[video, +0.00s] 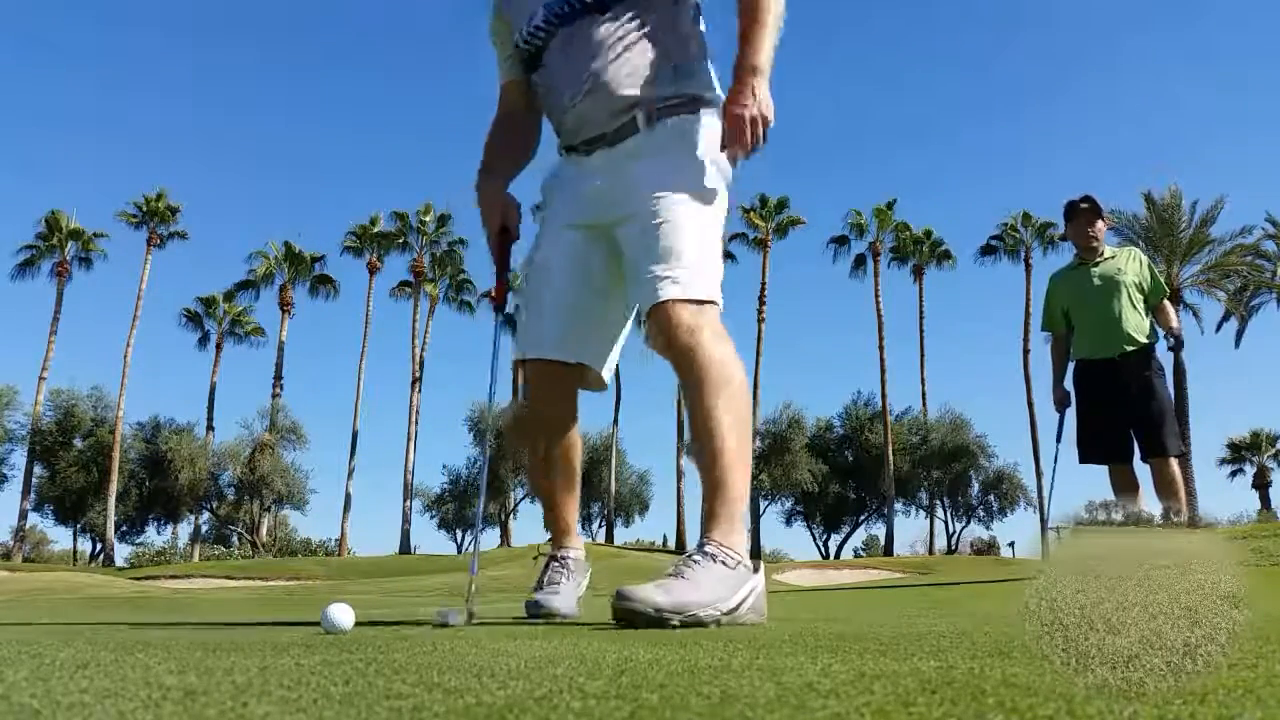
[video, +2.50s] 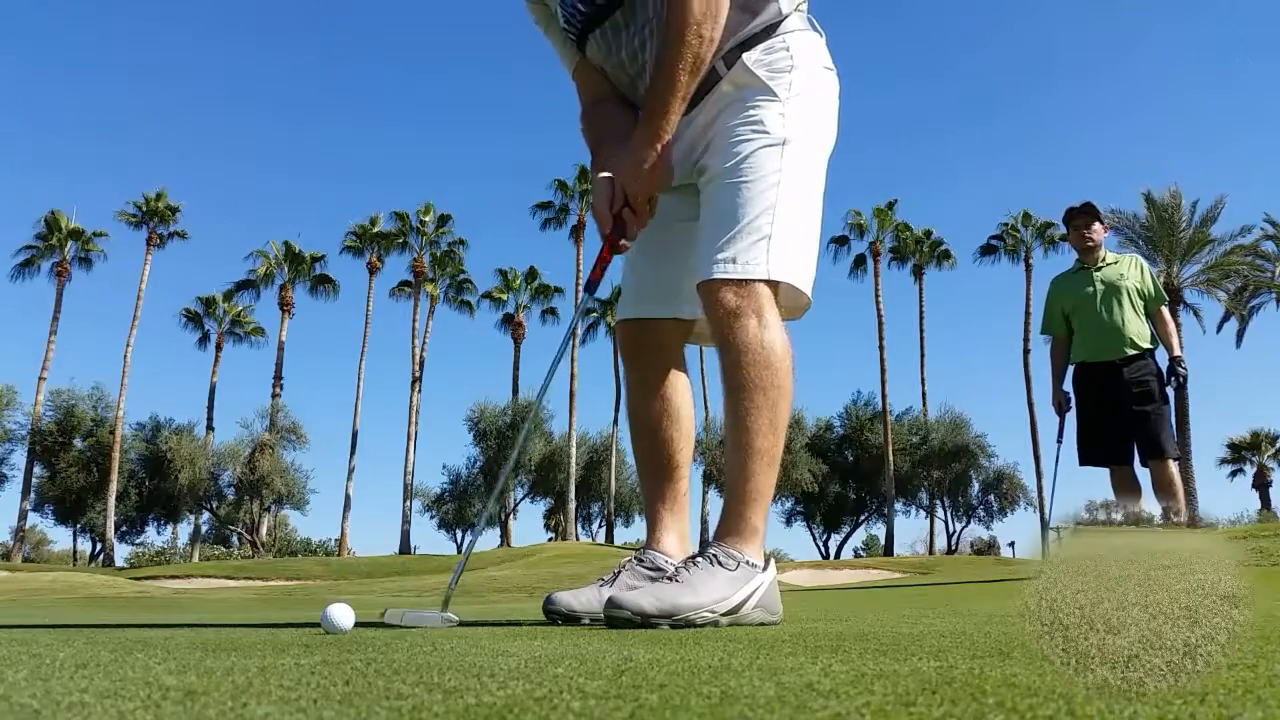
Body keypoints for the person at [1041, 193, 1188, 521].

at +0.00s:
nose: (1089, 228)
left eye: (1094, 221)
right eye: (1080, 224)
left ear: (1105, 225)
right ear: (1068, 232)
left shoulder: (1133, 259)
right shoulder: (1061, 281)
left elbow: (1159, 301)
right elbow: (1060, 337)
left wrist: (1172, 327)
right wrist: (1058, 384)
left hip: (1140, 366)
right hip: (1094, 374)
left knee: (1161, 451)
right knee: (1117, 459)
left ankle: (1179, 527)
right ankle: (1134, 532)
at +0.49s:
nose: (1101, 233)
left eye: (1104, 227)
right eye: (1092, 228)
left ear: (1109, 229)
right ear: (1073, 234)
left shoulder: (1134, 261)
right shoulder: (1063, 283)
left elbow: (1168, 312)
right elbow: (1060, 339)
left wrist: (1154, 297)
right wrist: (1056, 385)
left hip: (1142, 369)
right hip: (1096, 376)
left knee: (1163, 454)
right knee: (1119, 461)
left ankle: (1179, 530)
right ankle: (1135, 535)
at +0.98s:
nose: (1095, 235)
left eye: (1099, 228)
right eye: (1086, 230)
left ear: (1105, 232)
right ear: (1071, 237)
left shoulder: (1134, 265)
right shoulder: (1062, 286)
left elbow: (1166, 313)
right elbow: (1059, 342)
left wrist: (1150, 300)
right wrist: (1057, 389)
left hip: (1140, 371)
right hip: (1095, 378)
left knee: (1160, 455)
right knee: (1117, 462)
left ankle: (1177, 529)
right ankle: (1135, 534)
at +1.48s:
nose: (1086, 232)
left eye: (1091, 226)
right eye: (1078, 229)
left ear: (1103, 231)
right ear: (1068, 238)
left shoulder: (1133, 266)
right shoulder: (1060, 286)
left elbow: (1163, 307)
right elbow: (1058, 342)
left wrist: (1160, 317)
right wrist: (1055, 388)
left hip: (1138, 372)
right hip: (1093, 379)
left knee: (1159, 455)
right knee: (1117, 462)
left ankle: (1177, 528)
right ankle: (1135, 533)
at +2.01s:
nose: (1084, 232)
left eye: (1089, 226)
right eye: (1076, 229)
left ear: (1102, 230)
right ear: (1067, 239)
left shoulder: (1132, 265)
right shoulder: (1060, 286)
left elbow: (1158, 312)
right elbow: (1058, 341)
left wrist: (1172, 354)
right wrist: (1055, 387)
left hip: (1139, 373)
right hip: (1093, 380)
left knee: (1160, 456)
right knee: (1117, 463)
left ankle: (1178, 530)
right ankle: (1135, 535)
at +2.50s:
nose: (1084, 232)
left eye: (1090, 226)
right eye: (1076, 229)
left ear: (1103, 229)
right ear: (1068, 238)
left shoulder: (1134, 266)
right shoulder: (1062, 285)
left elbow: (1159, 313)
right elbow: (1059, 340)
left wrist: (1175, 355)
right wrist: (1057, 387)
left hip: (1140, 372)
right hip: (1094, 379)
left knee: (1160, 454)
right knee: (1118, 462)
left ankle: (1178, 529)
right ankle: (1135, 535)